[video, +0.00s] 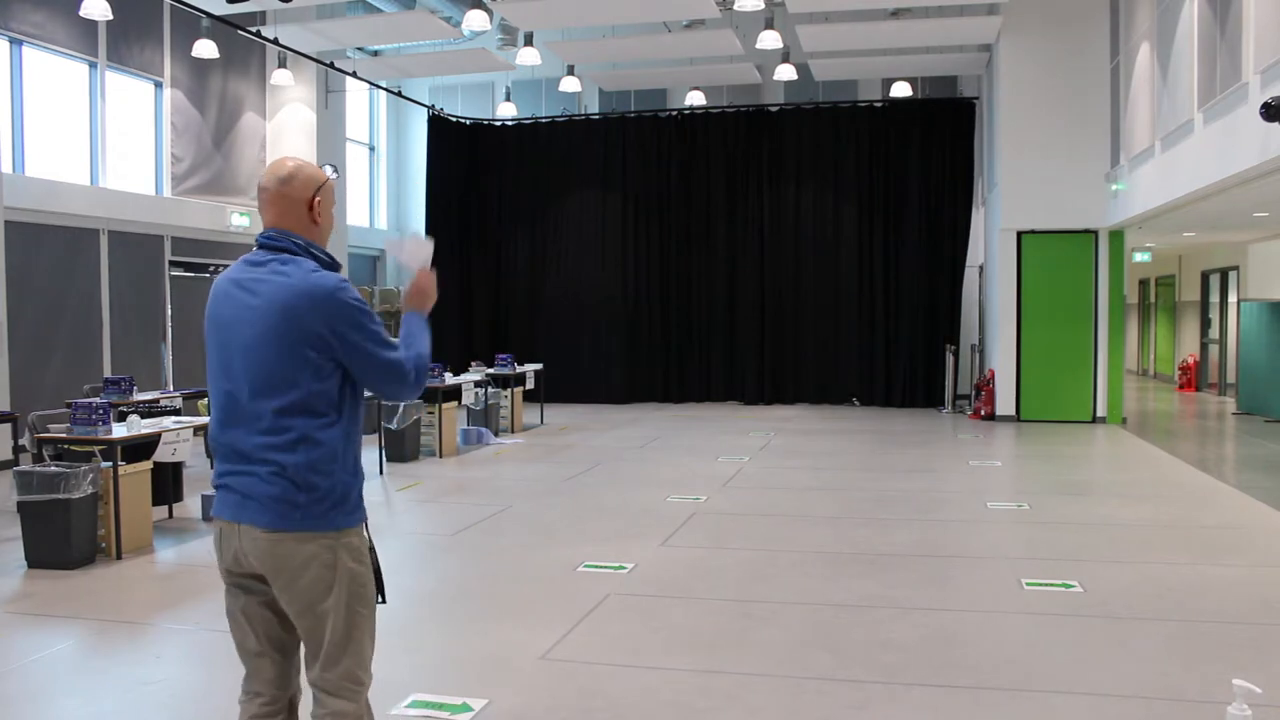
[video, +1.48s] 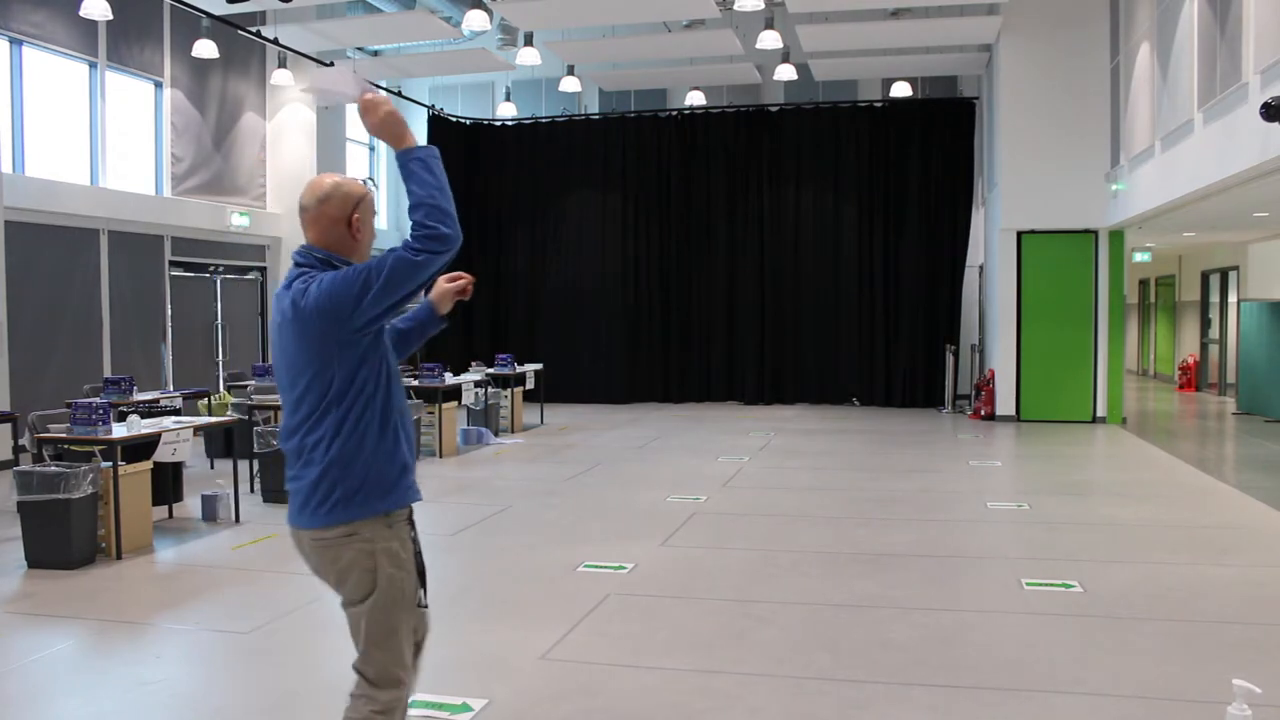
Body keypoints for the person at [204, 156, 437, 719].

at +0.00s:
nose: (333, 215)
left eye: (331, 204)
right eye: (331, 204)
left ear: (263, 210)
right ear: (317, 207)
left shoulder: (225, 287)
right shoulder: (324, 294)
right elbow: (404, 378)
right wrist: (417, 310)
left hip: (234, 525)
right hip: (312, 533)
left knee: (264, 691)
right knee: (341, 692)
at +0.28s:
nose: (325, 212)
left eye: (324, 202)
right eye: (322, 202)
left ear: (254, 211)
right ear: (304, 207)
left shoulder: (212, 289)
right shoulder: (319, 289)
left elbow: (253, 371)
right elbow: (421, 310)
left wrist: (338, 363)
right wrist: (428, 232)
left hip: (228, 525)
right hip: (310, 528)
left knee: (258, 689)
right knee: (341, 688)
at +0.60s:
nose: (311, 211)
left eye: (311, 200)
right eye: (309, 202)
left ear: (241, 213)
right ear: (293, 208)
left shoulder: (195, 294)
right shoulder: (313, 290)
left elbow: (234, 374)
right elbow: (409, 293)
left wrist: (322, 352)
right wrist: (428, 223)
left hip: (223, 529)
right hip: (307, 529)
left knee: (253, 691)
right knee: (344, 688)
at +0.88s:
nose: (316, 214)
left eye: (315, 202)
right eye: (314, 203)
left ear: (247, 213)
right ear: (299, 208)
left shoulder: (205, 293)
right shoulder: (313, 288)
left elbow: (250, 366)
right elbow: (414, 287)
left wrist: (334, 347)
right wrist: (430, 214)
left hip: (227, 525)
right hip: (309, 526)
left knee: (256, 693)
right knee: (343, 687)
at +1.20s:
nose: (344, 216)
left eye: (341, 204)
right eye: (341, 205)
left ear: (277, 216)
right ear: (326, 212)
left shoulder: (248, 293)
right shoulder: (333, 288)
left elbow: (315, 355)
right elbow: (439, 251)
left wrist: (383, 323)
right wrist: (433, 163)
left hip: (266, 525)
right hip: (336, 526)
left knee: (301, 678)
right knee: (358, 689)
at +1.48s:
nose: (374, 223)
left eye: (369, 212)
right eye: (369, 212)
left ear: (315, 226)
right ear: (355, 225)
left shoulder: (297, 295)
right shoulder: (335, 292)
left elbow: (369, 356)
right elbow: (436, 236)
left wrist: (430, 309)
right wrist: (405, 143)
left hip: (335, 514)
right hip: (359, 518)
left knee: (406, 634)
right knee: (384, 682)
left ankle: (389, 711)